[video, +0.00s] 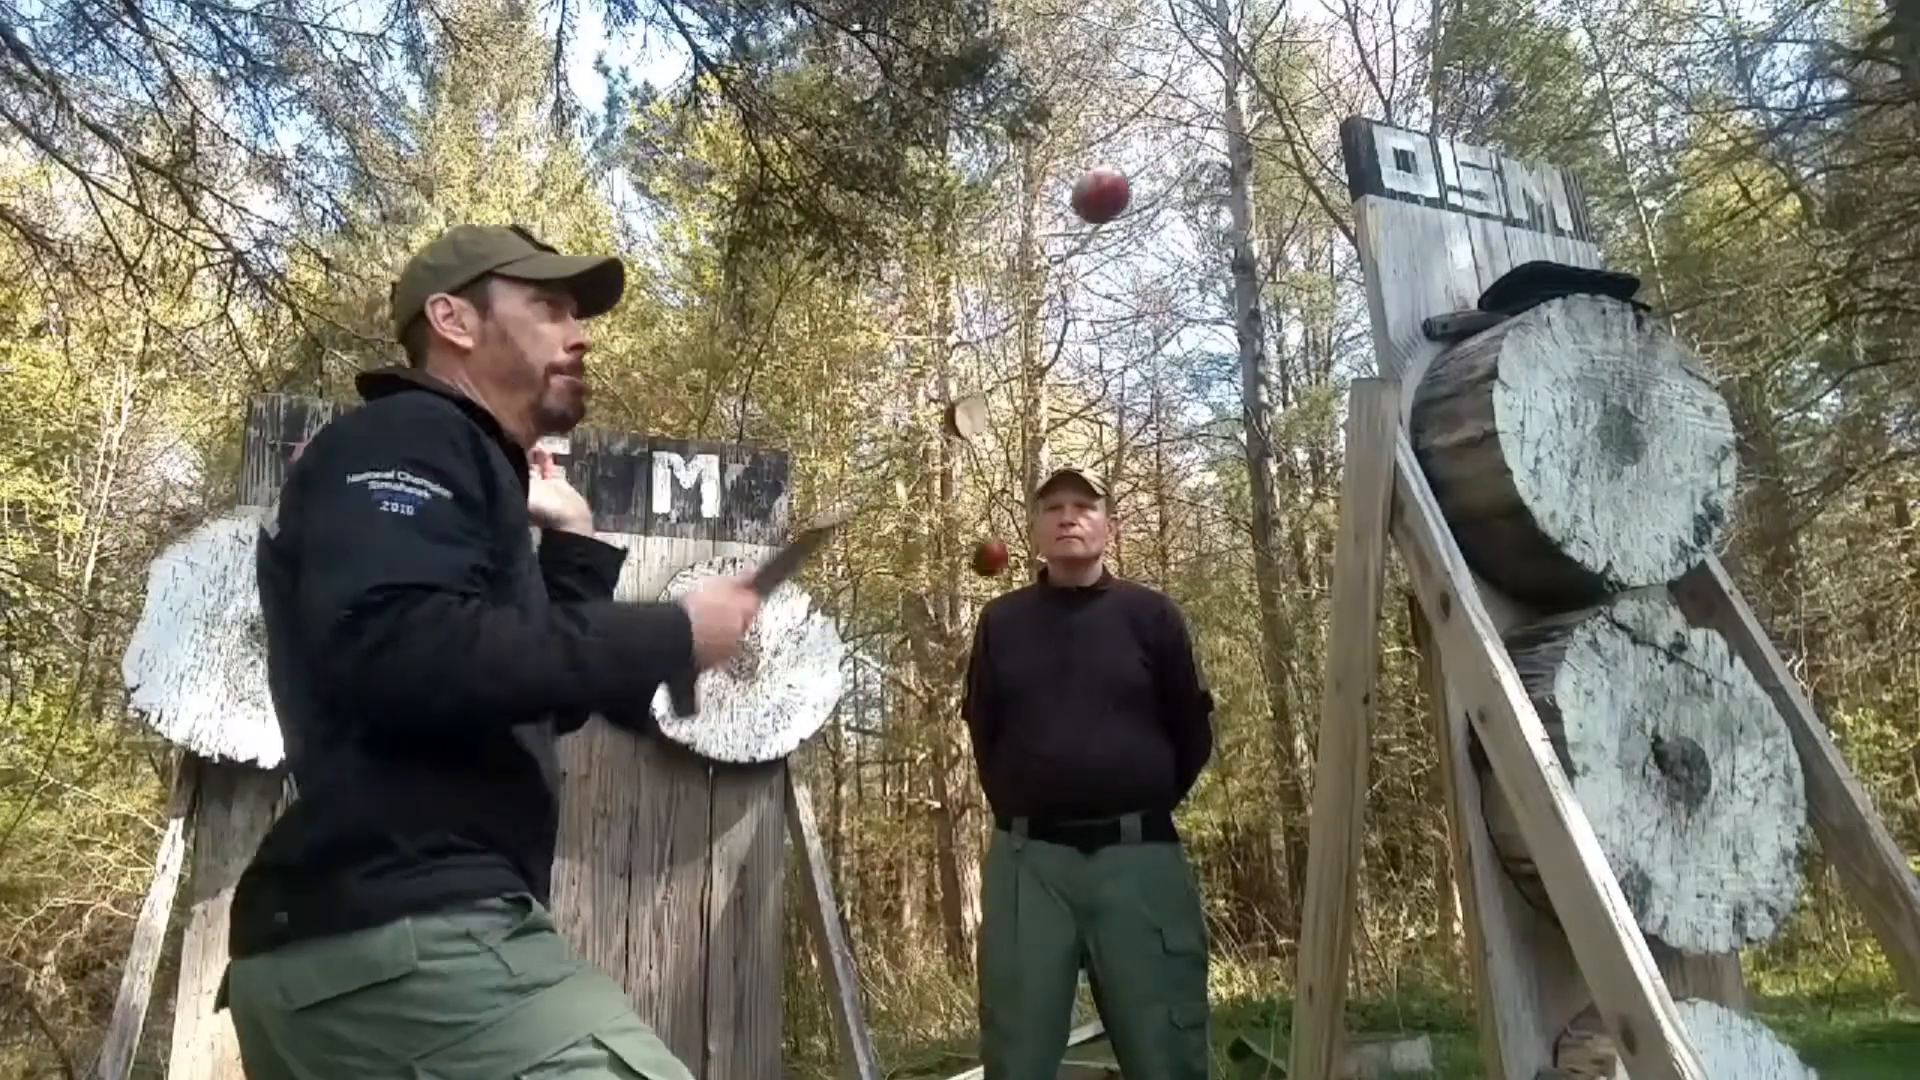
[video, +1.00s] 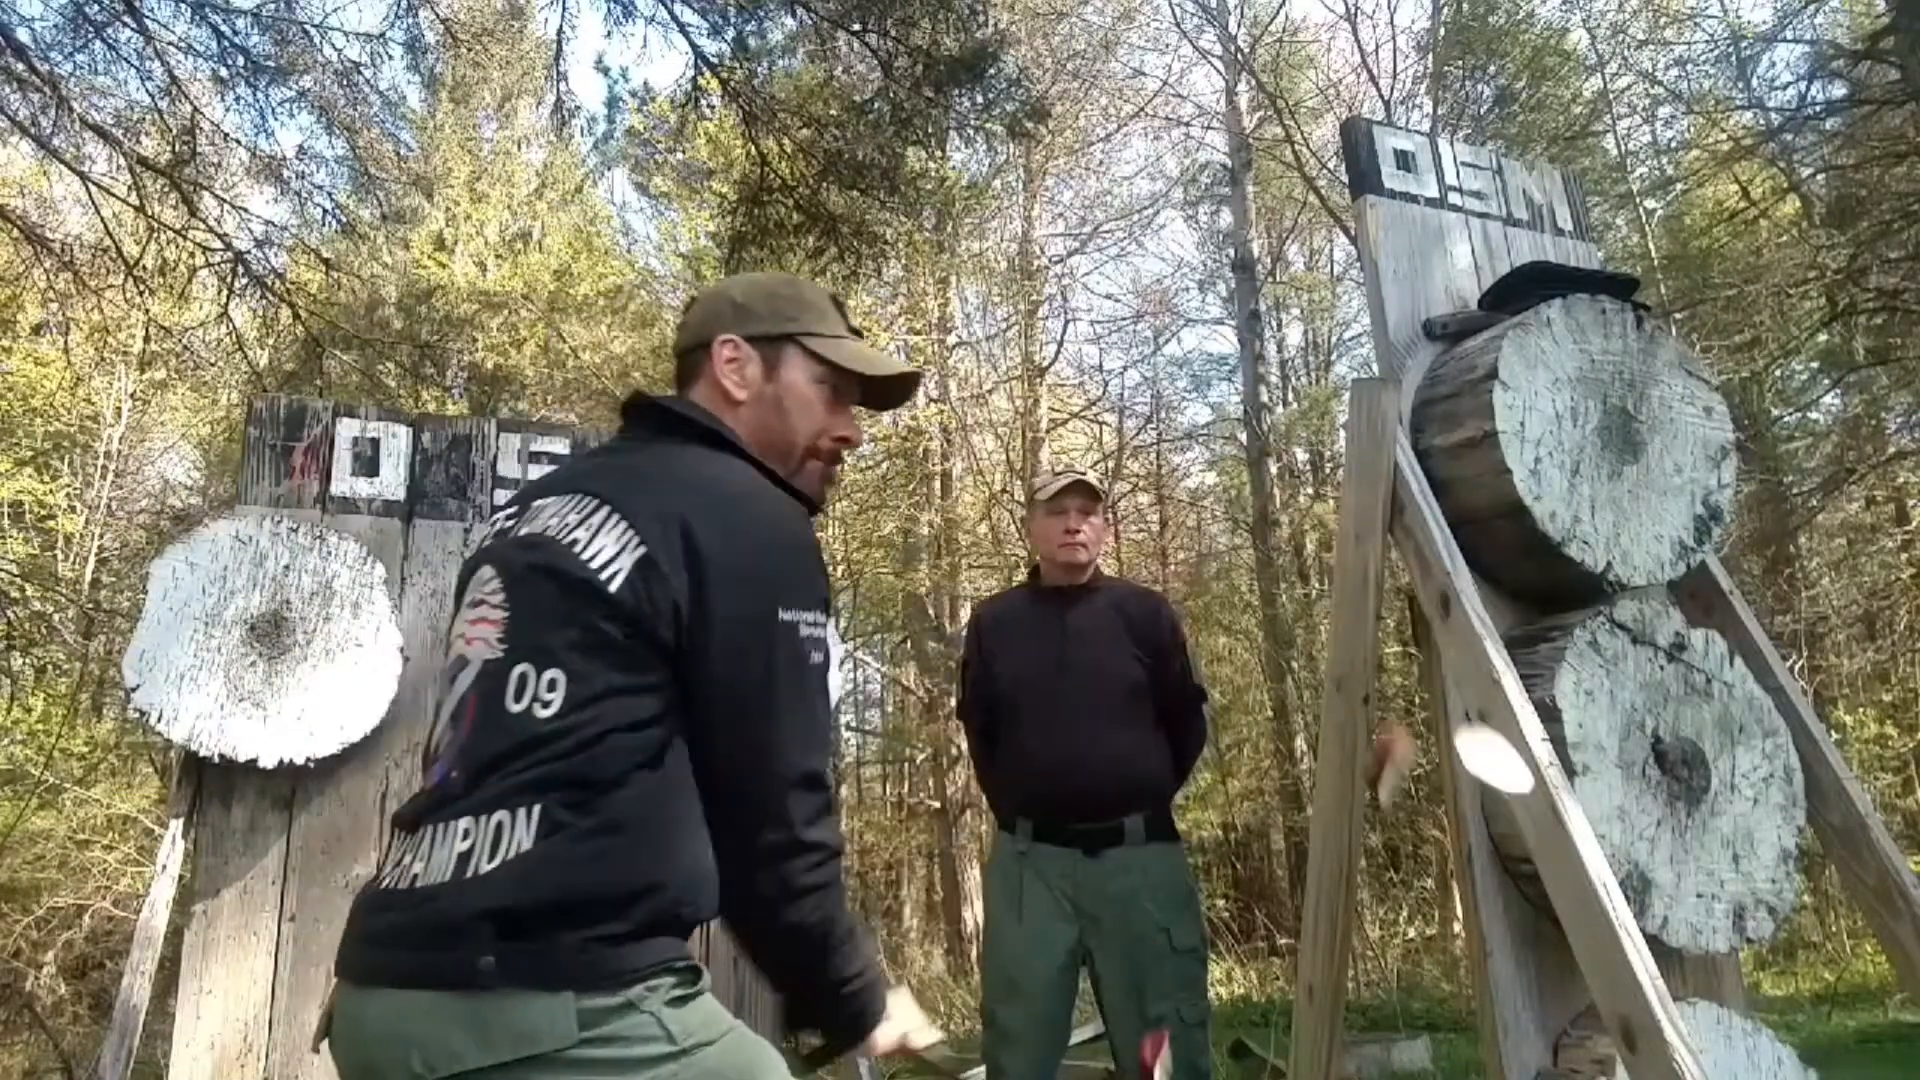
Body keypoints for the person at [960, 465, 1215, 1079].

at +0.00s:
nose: (1069, 518)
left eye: (1083, 508)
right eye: (1054, 509)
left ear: (1109, 530)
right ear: (1034, 532)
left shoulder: (1150, 613)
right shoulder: (999, 619)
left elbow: (1194, 730)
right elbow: (983, 730)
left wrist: (1141, 813)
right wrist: (1026, 817)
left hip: (1140, 860)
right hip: (1025, 861)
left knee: (1165, 1057)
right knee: (1017, 1059)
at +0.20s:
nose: (1069, 518)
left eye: (1083, 508)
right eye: (1054, 510)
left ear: (1108, 530)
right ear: (1033, 533)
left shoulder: (1152, 613)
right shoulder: (999, 620)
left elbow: (1192, 730)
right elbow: (983, 731)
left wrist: (1139, 812)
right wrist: (1028, 817)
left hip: (1140, 860)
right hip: (1026, 862)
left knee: (1165, 1056)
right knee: (1017, 1059)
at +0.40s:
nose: (1071, 519)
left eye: (1084, 509)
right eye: (1055, 510)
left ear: (1107, 531)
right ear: (1033, 533)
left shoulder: (1149, 612)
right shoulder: (996, 621)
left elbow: (1191, 729)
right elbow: (982, 732)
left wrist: (1139, 813)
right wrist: (1026, 819)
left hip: (1140, 861)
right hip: (1026, 864)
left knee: (1164, 1057)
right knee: (1017, 1059)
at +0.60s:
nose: (1072, 522)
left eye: (1085, 510)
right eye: (1056, 511)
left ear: (1108, 531)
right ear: (1034, 533)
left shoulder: (1149, 612)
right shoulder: (996, 619)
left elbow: (1191, 731)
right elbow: (981, 731)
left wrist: (1136, 812)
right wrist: (1028, 815)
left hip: (1143, 861)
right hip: (1025, 862)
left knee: (1165, 1058)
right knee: (1018, 1060)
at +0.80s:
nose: (1073, 524)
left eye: (1086, 512)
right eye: (1057, 512)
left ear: (1106, 530)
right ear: (1032, 529)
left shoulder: (1146, 612)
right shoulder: (994, 621)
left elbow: (1188, 724)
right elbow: (978, 731)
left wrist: (1149, 802)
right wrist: (1030, 800)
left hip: (1138, 847)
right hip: (1025, 850)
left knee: (1164, 1040)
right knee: (1018, 1042)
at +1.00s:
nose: (1074, 525)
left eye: (1087, 513)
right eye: (1058, 513)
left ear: (1105, 533)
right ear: (1030, 530)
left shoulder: (1146, 612)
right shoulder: (992, 620)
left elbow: (1187, 722)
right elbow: (979, 730)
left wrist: (1138, 803)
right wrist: (1026, 815)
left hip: (1140, 861)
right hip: (1028, 862)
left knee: (1167, 1048)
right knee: (1019, 1052)